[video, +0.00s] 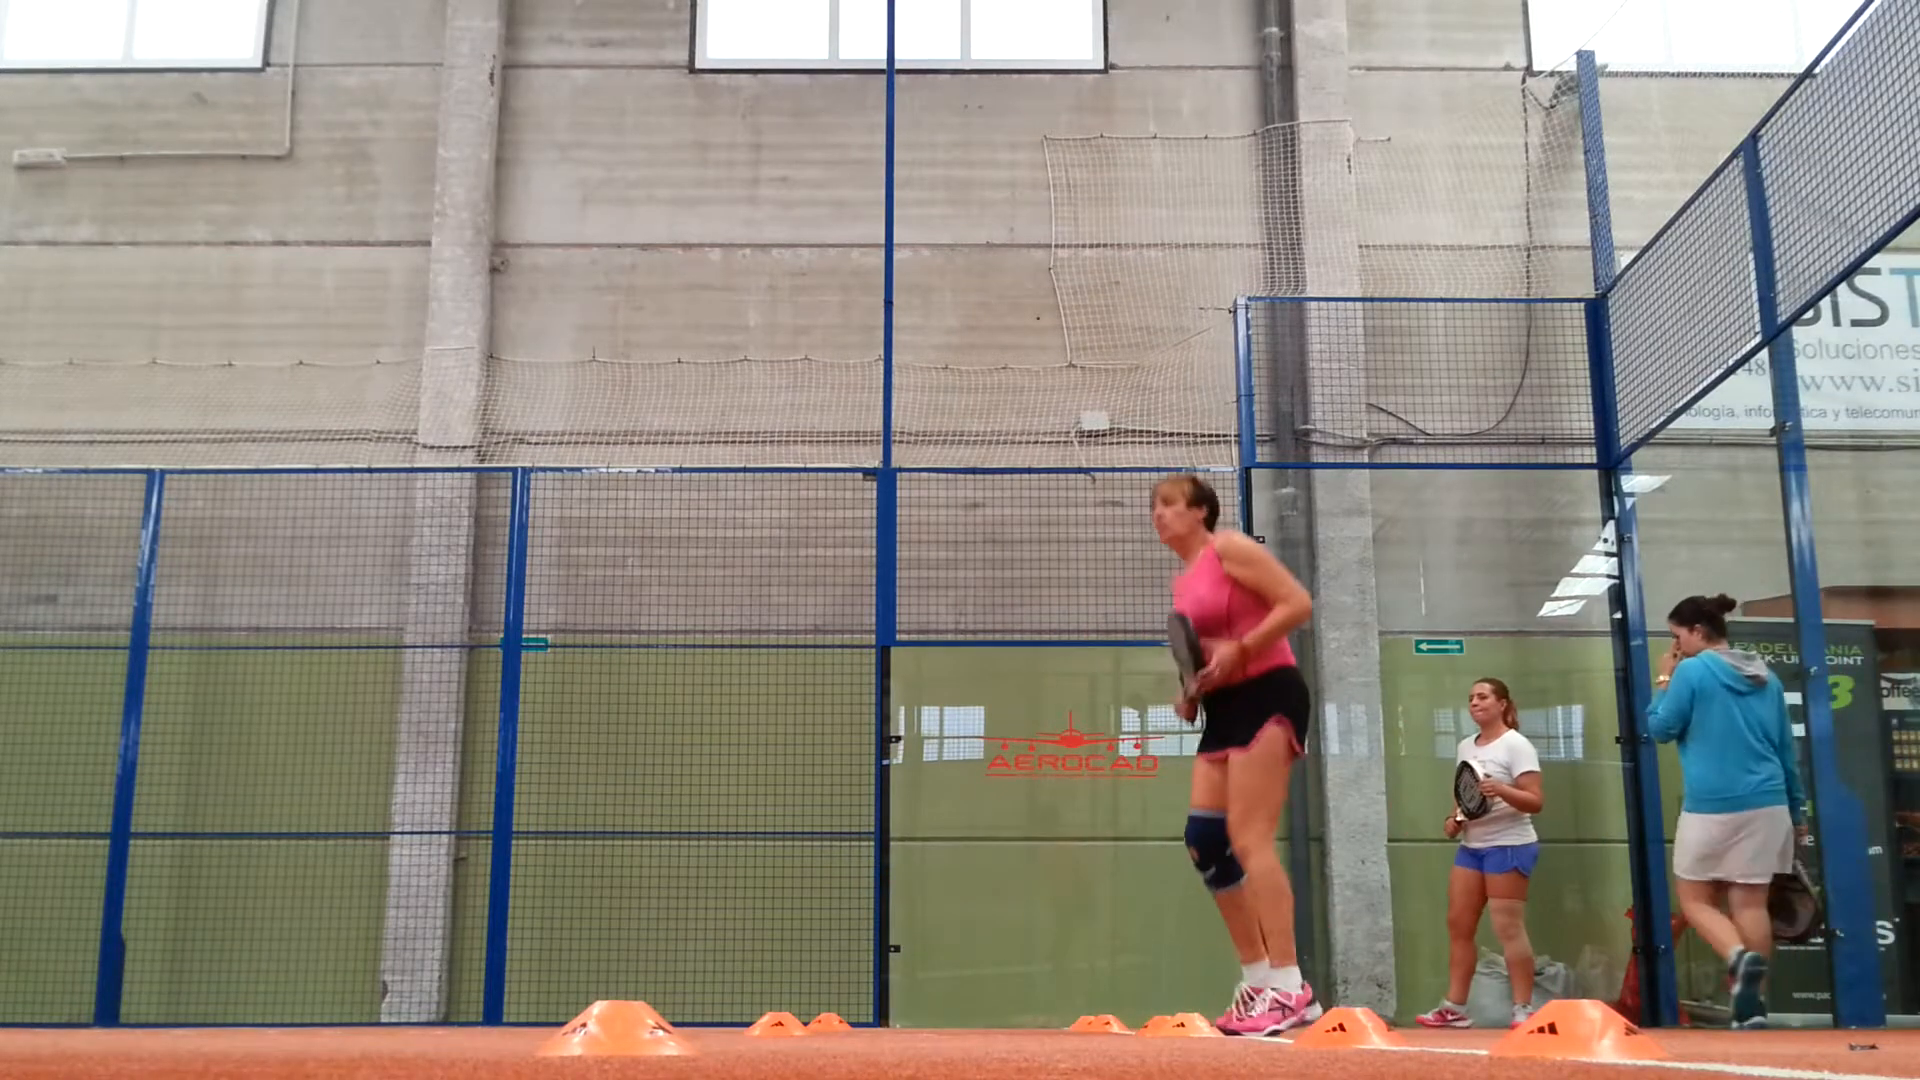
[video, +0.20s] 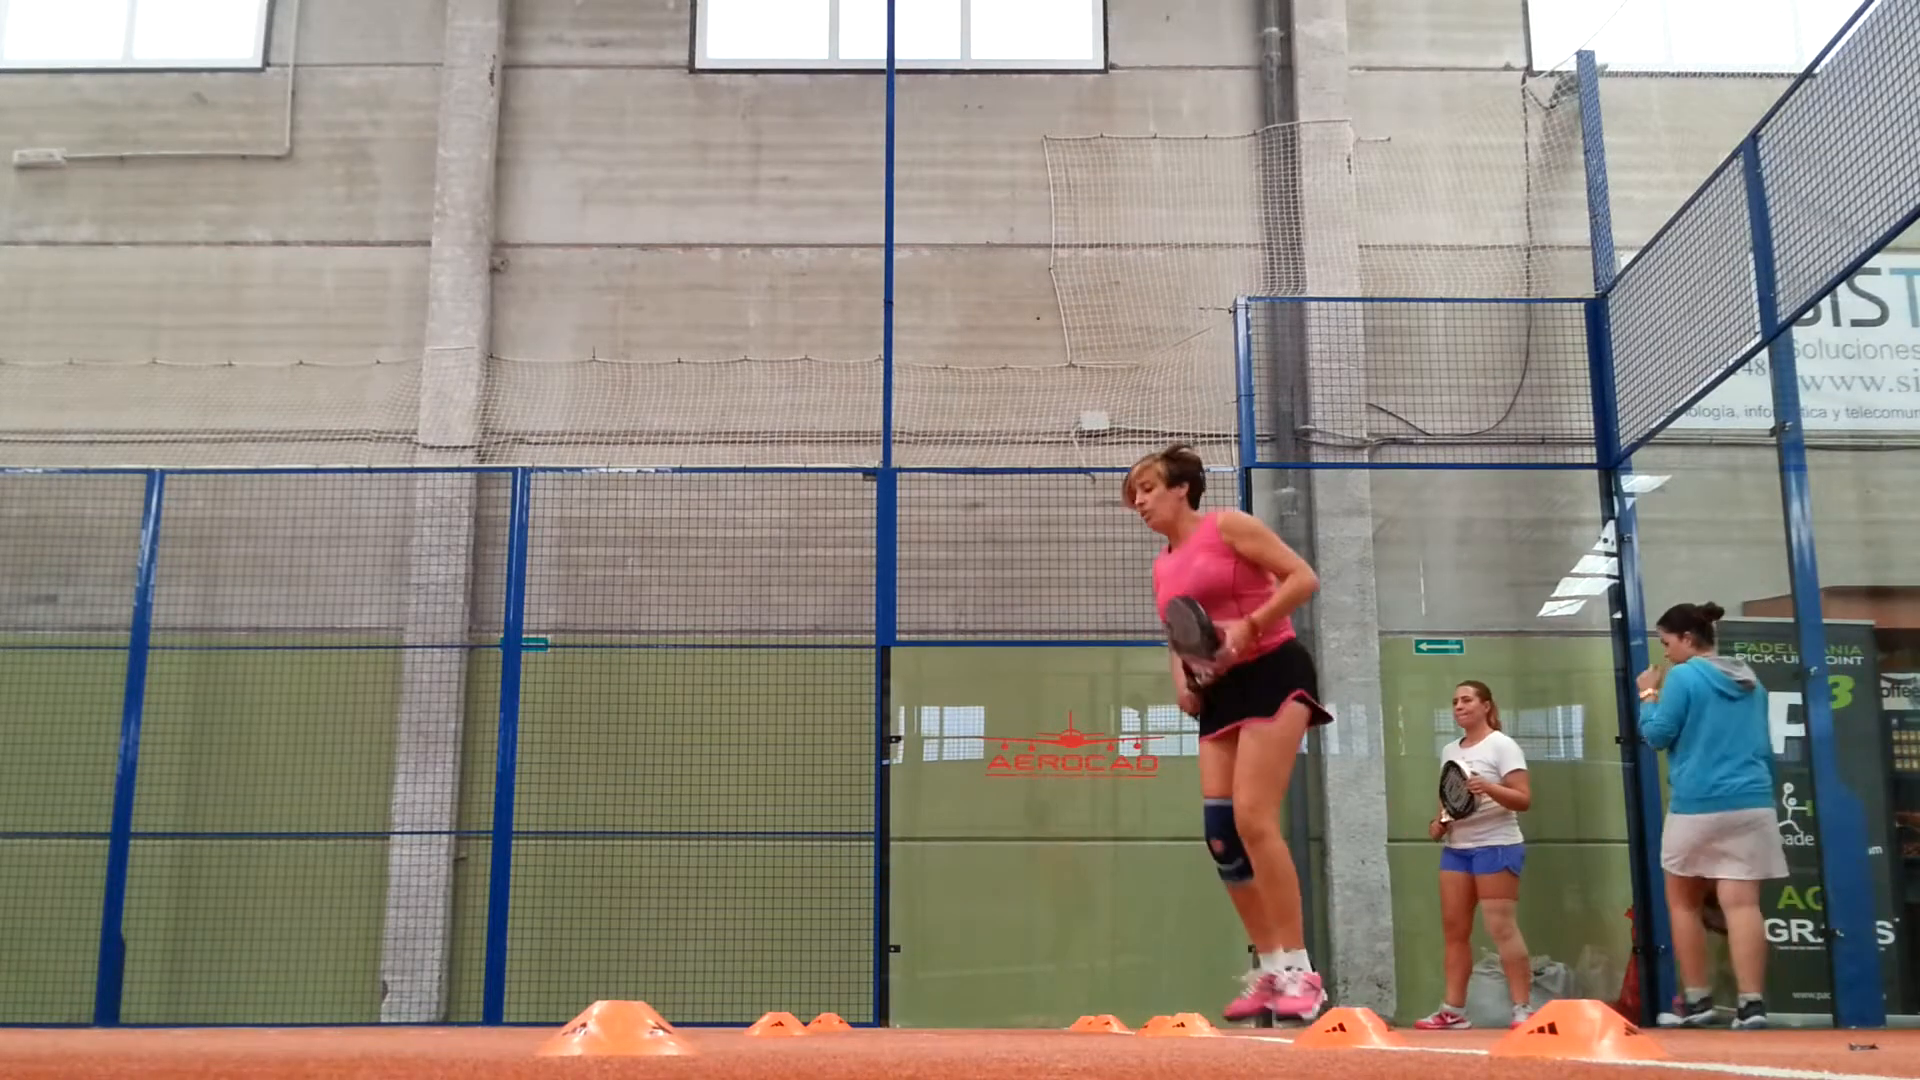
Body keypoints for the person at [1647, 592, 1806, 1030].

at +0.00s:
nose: (1675, 645)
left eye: (1677, 637)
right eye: (1674, 638)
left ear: (1697, 632)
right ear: (1715, 633)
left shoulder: (1692, 670)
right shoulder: (1764, 674)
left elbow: (1661, 727)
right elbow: (1785, 749)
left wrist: (1664, 682)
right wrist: (1796, 812)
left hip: (1709, 805)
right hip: (1767, 802)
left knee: (1696, 901)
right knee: (1751, 902)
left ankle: (1737, 957)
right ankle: (1752, 1009)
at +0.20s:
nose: (1663, 651)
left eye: (1665, 642)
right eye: (1661, 643)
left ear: (1686, 639)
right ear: (1703, 640)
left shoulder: (1684, 675)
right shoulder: (1749, 678)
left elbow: (1658, 733)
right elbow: (1764, 748)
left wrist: (1647, 697)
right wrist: (1760, 795)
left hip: (1697, 803)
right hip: (1752, 800)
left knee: (1683, 900)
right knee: (1743, 902)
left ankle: (1697, 1000)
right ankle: (1752, 1004)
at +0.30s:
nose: (1656, 657)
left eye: (1658, 648)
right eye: (1654, 649)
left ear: (1679, 644)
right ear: (1694, 645)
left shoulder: (1677, 682)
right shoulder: (1737, 682)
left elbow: (1660, 740)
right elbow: (1744, 743)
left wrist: (1638, 713)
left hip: (1691, 812)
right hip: (1744, 805)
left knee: (1683, 910)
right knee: (1738, 903)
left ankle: (1680, 1003)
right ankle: (1750, 1003)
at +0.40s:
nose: (1647, 661)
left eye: (1649, 653)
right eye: (1645, 654)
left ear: (1671, 651)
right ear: (1683, 652)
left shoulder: (1668, 688)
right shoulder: (1725, 688)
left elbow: (1662, 746)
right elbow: (1732, 749)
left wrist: (1626, 732)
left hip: (1682, 816)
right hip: (1733, 809)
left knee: (1680, 917)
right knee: (1730, 903)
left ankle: (1682, 1009)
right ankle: (1749, 998)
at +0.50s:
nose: (1636, 664)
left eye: (1640, 655)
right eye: (1635, 656)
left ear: (1664, 654)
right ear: (1671, 656)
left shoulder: (1659, 692)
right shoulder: (1713, 693)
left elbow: (1657, 748)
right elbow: (1723, 756)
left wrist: (1619, 749)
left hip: (1669, 819)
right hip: (1720, 814)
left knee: (1673, 918)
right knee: (1723, 906)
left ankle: (1681, 1010)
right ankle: (1744, 976)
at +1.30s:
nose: (1618, 674)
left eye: (1626, 667)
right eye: (1613, 668)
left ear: (1644, 672)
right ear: (1609, 675)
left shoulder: (1657, 707)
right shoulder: (1610, 724)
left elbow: (1659, 764)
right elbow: (1600, 784)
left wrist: (1615, 786)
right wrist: (1595, 834)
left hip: (1675, 819)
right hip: (1642, 826)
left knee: (1674, 907)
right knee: (1658, 915)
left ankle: (1704, 1001)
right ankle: (1676, 1005)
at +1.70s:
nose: (1635, 674)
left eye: (1643, 668)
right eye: (1629, 669)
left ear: (1657, 674)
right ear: (1621, 676)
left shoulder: (1679, 713)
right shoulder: (1613, 724)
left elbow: (1696, 762)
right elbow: (1611, 777)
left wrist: (1647, 778)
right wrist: (1615, 825)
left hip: (1690, 829)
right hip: (1643, 835)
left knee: (1700, 917)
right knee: (1662, 920)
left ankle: (1712, 999)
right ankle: (1675, 1006)